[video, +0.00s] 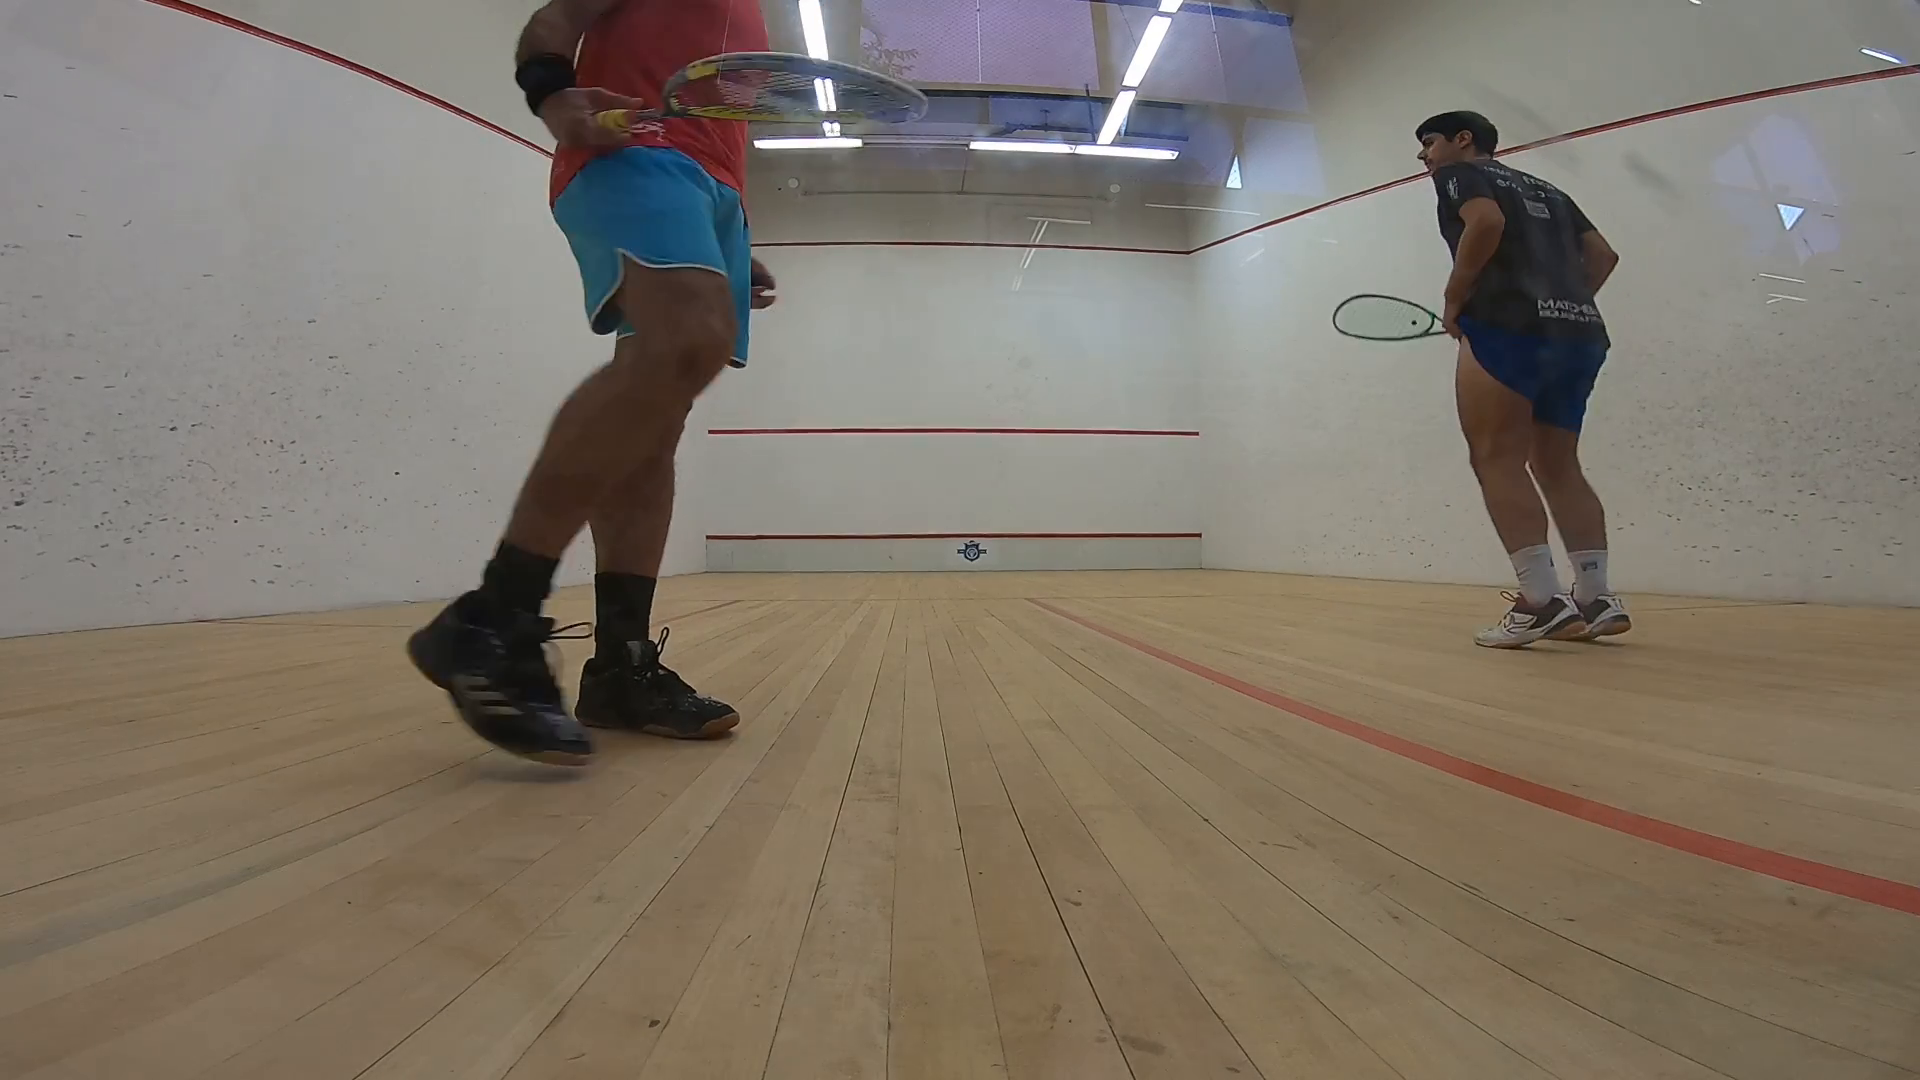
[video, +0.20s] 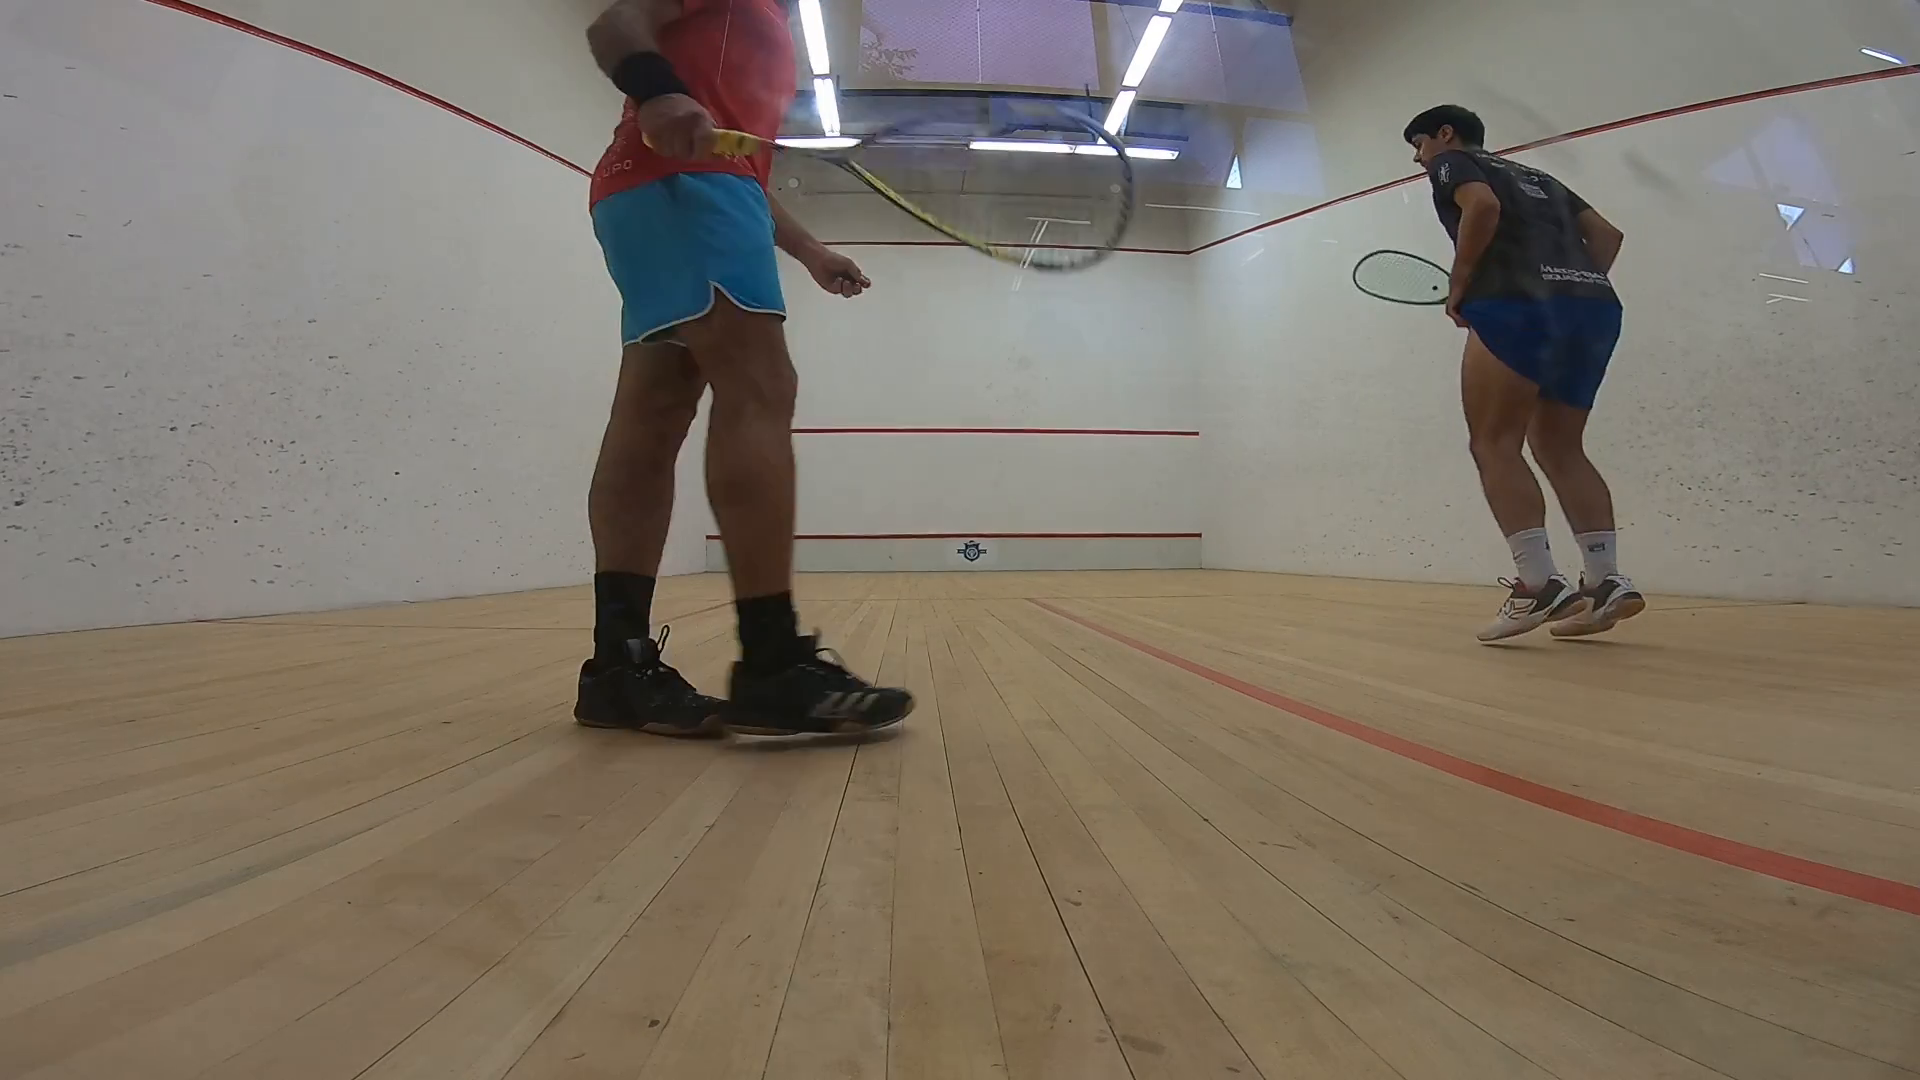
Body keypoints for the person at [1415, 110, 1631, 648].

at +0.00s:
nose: (1423, 154)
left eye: (1429, 144)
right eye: (1423, 147)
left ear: (1463, 140)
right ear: (1478, 144)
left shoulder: (1456, 174)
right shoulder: (1543, 188)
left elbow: (1486, 220)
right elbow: (1601, 255)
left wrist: (1452, 299)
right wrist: (1558, 311)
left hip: (1507, 328)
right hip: (1580, 333)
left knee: (1496, 458)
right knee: (1557, 463)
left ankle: (1539, 600)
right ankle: (1596, 599)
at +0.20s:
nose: (1418, 158)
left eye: (1420, 146)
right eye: (1415, 149)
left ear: (1447, 134)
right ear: (1471, 137)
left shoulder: (1452, 160)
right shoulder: (1536, 176)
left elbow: (1481, 204)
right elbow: (1607, 235)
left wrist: (1458, 284)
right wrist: (1568, 299)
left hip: (1518, 307)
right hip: (1594, 309)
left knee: (1493, 443)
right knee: (1559, 445)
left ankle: (1538, 585)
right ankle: (1605, 582)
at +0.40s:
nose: (1427, 192)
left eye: (1427, 182)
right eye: (1423, 185)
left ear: (1445, 169)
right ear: (1481, 172)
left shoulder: (1454, 192)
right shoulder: (1539, 207)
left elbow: (1486, 230)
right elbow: (1616, 271)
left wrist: (1446, 301)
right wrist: (1574, 333)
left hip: (1533, 345)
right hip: (1608, 344)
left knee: (1496, 476)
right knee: (1554, 480)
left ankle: (1557, 608)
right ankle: (1617, 608)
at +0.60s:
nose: (1419, 174)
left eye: (1411, 164)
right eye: (1412, 170)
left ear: (1418, 144)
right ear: (1444, 128)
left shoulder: (1437, 143)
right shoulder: (1530, 156)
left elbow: (1481, 145)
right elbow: (1618, 205)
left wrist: (1441, 213)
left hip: (1539, 251)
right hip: (1616, 255)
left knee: (1462, 374)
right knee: (1525, 369)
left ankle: (1579, 438)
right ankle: (1612, 411)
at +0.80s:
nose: (1423, 193)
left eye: (1418, 183)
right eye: (1418, 187)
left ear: (1426, 166)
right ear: (1446, 162)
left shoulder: (1445, 166)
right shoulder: (1533, 185)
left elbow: (1468, 124)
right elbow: (1626, 208)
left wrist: (1473, 194)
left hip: (1555, 273)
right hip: (1632, 271)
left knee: (1483, 400)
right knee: (1541, 393)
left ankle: (1564, 519)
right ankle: (1637, 462)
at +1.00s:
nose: (1438, 209)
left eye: (1439, 198)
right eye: (1436, 201)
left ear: (1458, 190)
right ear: (1493, 191)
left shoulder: (1465, 216)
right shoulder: (1540, 227)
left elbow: (1509, 243)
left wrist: (1475, 324)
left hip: (1552, 359)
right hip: (1628, 355)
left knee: (1506, 489)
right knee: (1575, 495)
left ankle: (1582, 609)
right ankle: (1672, 610)